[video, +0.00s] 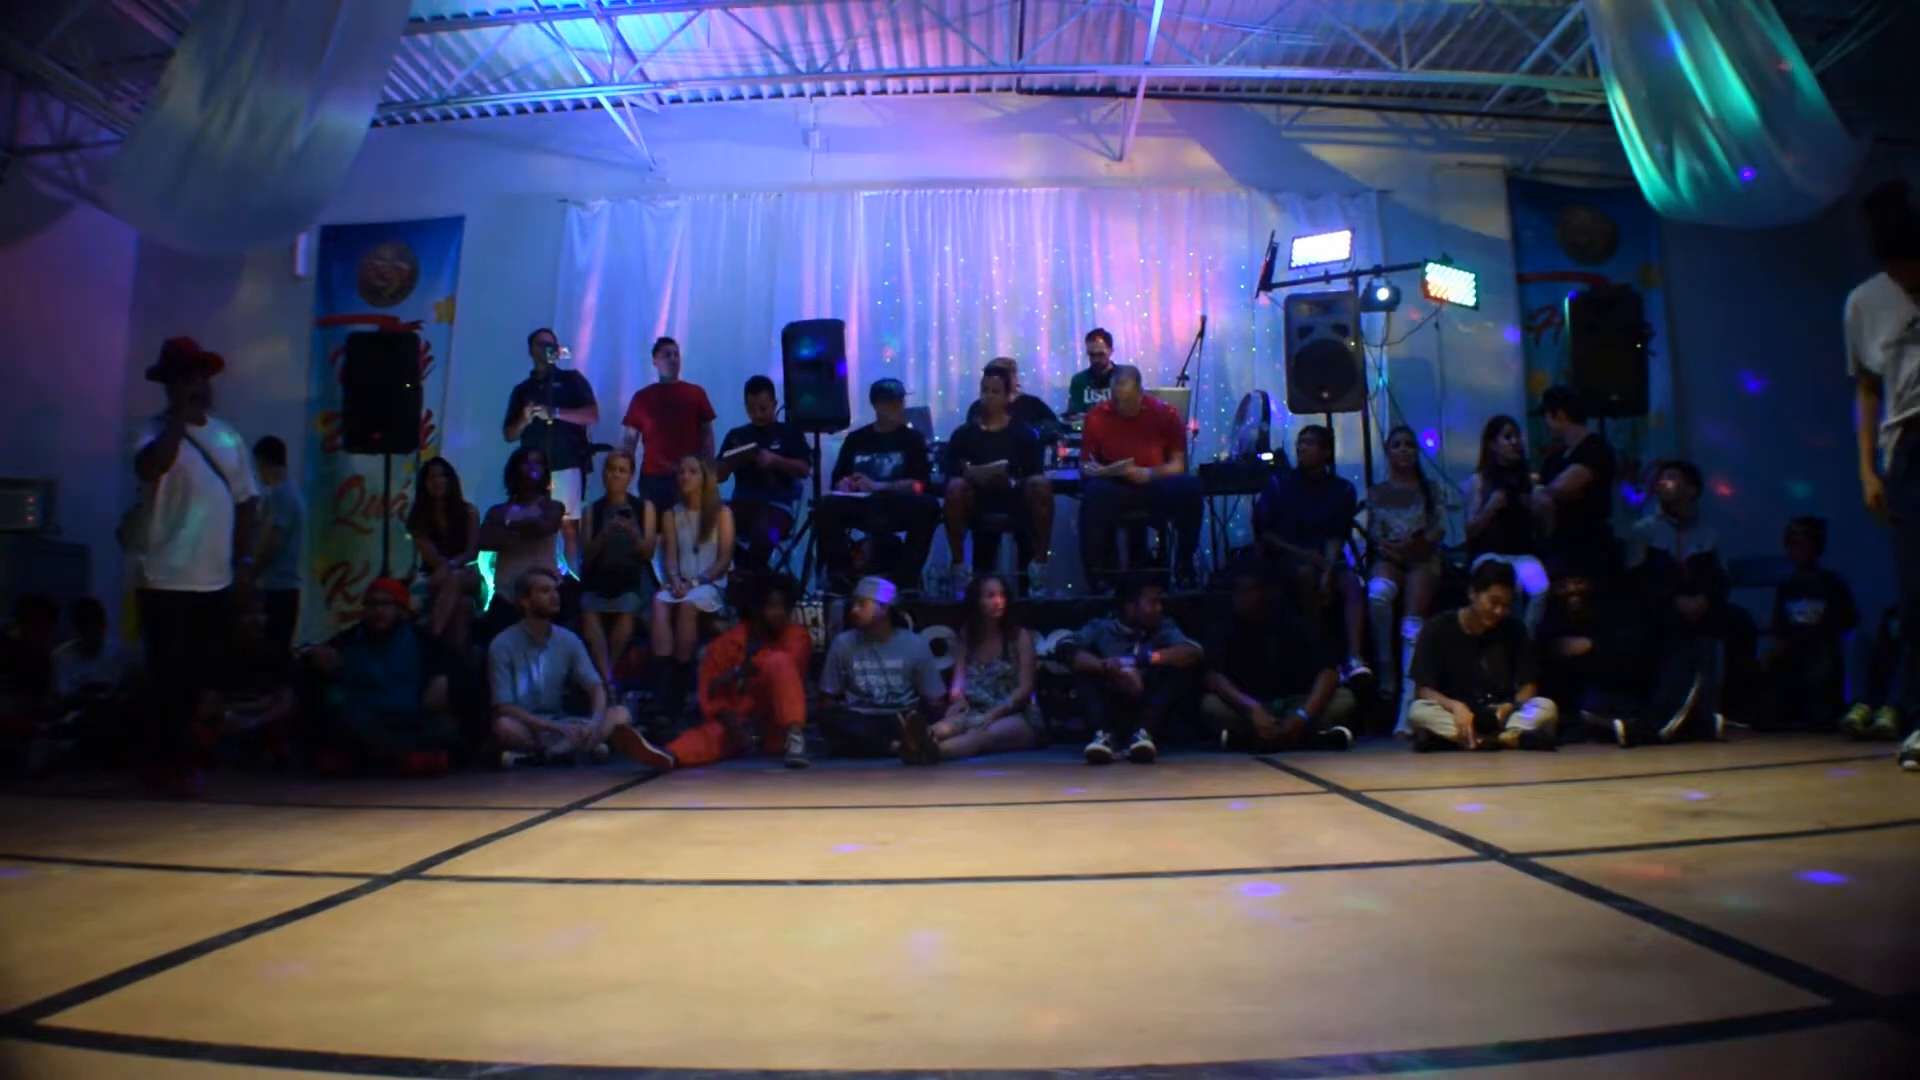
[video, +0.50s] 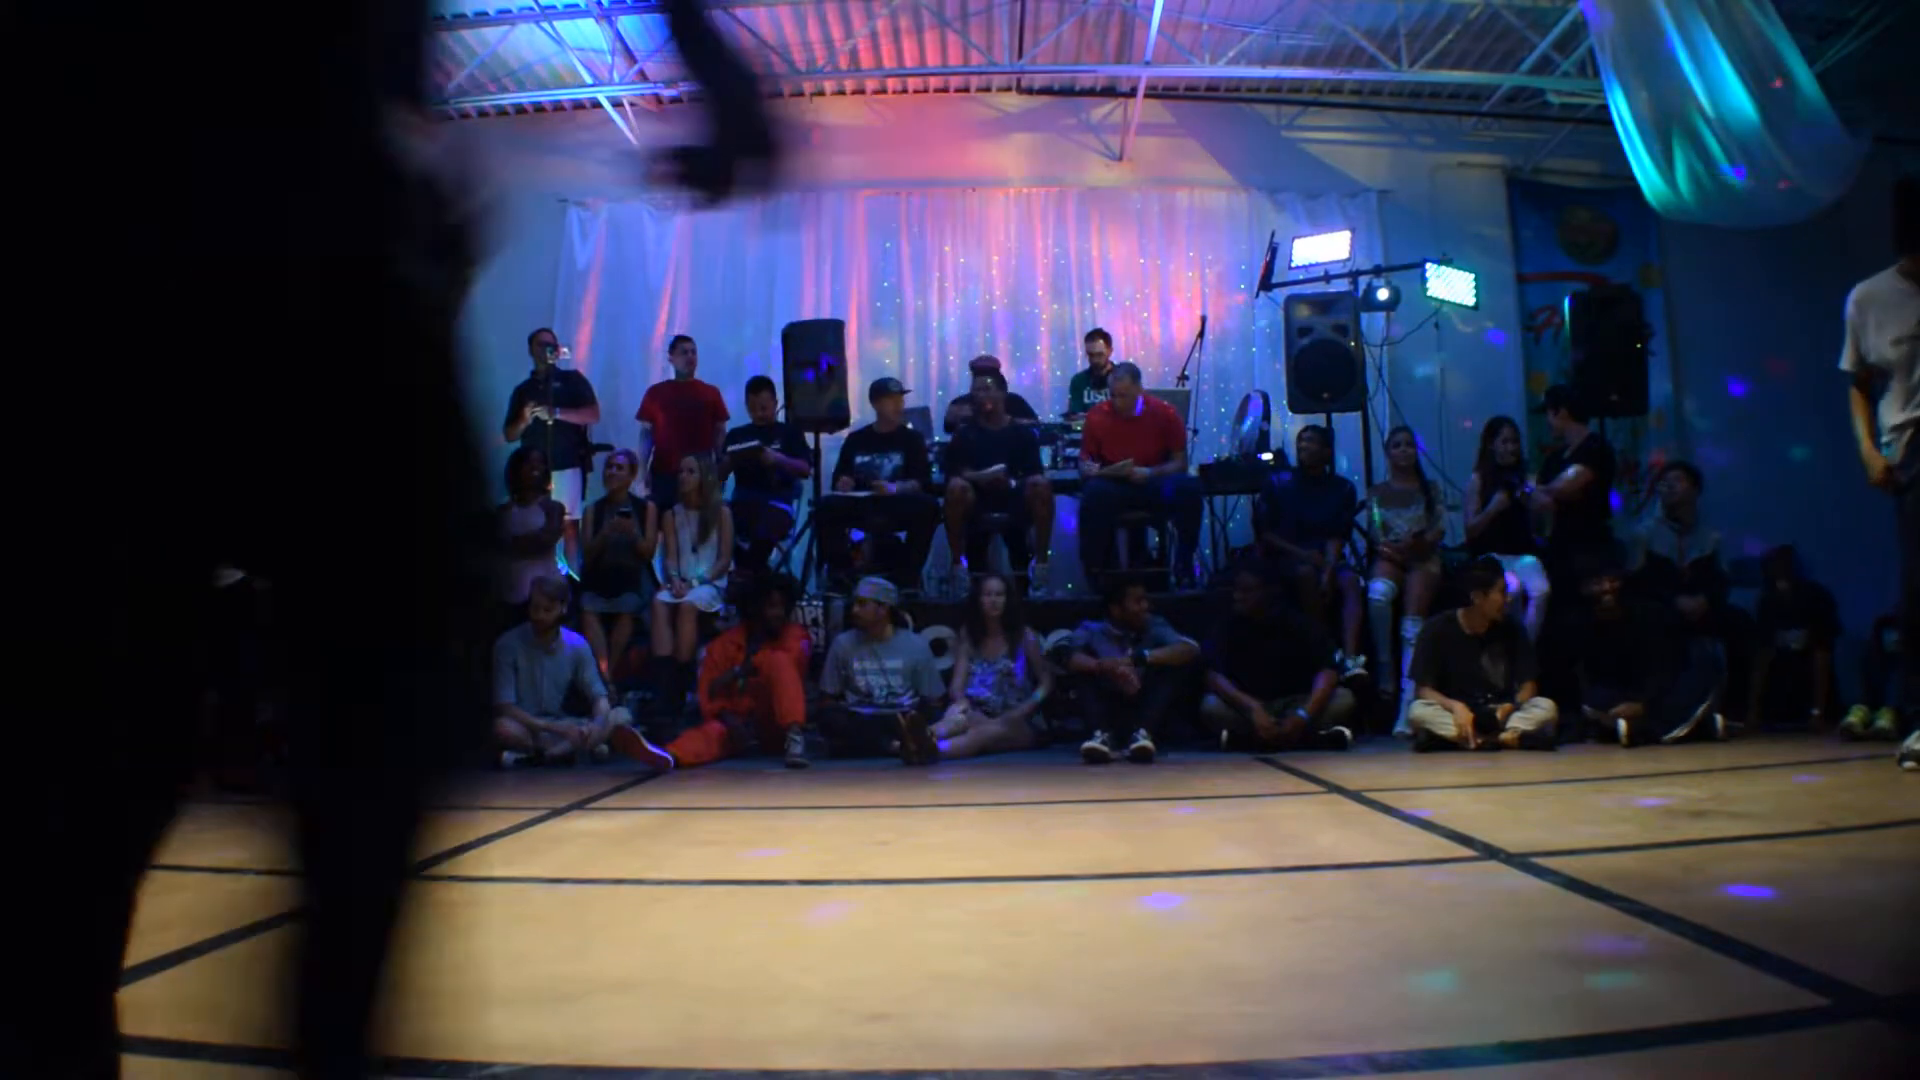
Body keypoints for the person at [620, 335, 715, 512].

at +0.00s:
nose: (673, 359)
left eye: (676, 354)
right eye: (667, 355)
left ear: (680, 359)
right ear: (655, 361)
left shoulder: (696, 393)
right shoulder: (642, 397)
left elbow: (707, 435)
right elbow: (630, 440)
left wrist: (709, 472)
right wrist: (624, 479)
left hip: (689, 478)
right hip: (654, 477)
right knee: (652, 536)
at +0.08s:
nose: (676, 359)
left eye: (679, 354)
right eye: (669, 354)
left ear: (683, 358)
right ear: (658, 360)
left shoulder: (698, 394)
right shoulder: (644, 397)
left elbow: (708, 435)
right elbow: (632, 439)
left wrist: (708, 473)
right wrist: (625, 478)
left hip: (690, 478)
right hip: (655, 476)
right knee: (653, 537)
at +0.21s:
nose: (680, 358)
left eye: (683, 353)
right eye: (674, 353)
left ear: (687, 358)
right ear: (662, 359)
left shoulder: (701, 393)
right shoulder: (647, 395)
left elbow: (712, 433)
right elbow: (637, 437)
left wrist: (710, 470)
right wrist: (631, 476)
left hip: (694, 477)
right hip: (658, 476)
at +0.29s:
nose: (683, 358)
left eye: (686, 353)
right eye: (677, 353)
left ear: (690, 357)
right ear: (665, 359)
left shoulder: (704, 393)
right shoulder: (649, 394)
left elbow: (714, 433)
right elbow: (640, 437)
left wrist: (711, 468)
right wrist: (635, 474)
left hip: (696, 478)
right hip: (661, 477)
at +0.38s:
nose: (686, 357)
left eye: (689, 352)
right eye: (679, 353)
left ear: (693, 357)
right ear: (667, 359)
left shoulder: (706, 393)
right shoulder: (651, 394)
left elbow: (716, 433)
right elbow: (642, 436)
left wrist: (712, 468)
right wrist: (639, 474)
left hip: (699, 478)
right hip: (663, 476)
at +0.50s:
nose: (690, 357)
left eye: (693, 352)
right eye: (683, 352)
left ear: (697, 356)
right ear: (671, 358)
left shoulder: (711, 393)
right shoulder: (656, 393)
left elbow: (720, 432)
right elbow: (646, 434)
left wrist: (719, 466)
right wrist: (644, 472)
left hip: (702, 475)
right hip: (665, 474)